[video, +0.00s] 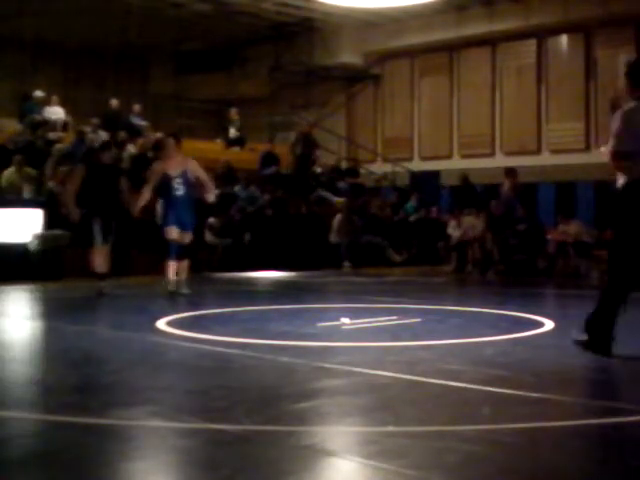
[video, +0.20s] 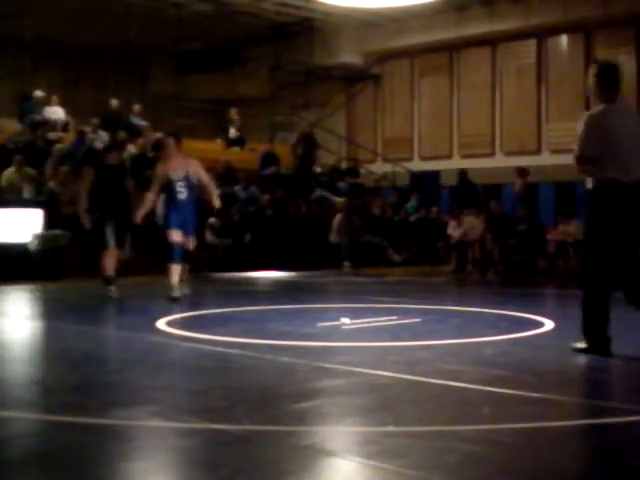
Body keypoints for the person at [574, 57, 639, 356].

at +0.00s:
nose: (624, 86)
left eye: (627, 80)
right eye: (627, 81)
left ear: (631, 83)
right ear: (637, 83)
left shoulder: (629, 114)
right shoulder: (629, 114)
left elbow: (616, 155)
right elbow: (614, 153)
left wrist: (604, 149)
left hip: (631, 200)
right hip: (632, 200)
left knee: (621, 269)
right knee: (620, 269)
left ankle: (600, 333)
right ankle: (600, 332)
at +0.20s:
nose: (593, 87)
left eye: (594, 82)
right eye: (596, 81)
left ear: (597, 85)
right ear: (618, 84)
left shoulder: (595, 119)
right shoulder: (631, 116)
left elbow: (583, 161)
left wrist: (606, 174)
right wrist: (609, 173)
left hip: (605, 199)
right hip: (632, 196)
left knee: (597, 267)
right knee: (630, 269)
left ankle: (597, 339)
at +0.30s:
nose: (582, 86)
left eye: (584, 81)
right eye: (586, 81)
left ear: (586, 84)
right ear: (609, 84)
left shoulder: (581, 118)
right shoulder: (626, 116)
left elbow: (567, 158)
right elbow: (635, 151)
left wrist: (591, 155)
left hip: (594, 195)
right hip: (626, 193)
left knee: (590, 265)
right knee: (617, 262)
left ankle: (596, 339)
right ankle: (627, 321)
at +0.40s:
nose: (570, 86)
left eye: (572, 81)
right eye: (574, 80)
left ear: (574, 85)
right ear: (598, 86)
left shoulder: (565, 120)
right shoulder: (608, 119)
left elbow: (551, 157)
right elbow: (623, 155)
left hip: (578, 196)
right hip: (608, 196)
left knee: (585, 267)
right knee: (595, 266)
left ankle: (595, 337)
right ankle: (596, 333)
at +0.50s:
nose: (562, 91)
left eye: (564, 86)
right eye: (571, 86)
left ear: (564, 90)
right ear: (590, 91)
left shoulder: (555, 124)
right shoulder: (600, 125)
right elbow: (610, 163)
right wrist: (607, 193)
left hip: (567, 200)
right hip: (598, 200)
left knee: (578, 269)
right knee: (576, 266)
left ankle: (596, 339)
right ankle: (556, 324)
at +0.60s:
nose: (550, 92)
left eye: (553, 88)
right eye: (552, 87)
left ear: (559, 94)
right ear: (580, 95)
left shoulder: (546, 126)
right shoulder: (591, 126)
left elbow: (531, 165)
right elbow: (601, 162)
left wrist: (557, 167)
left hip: (557, 204)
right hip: (588, 202)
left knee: (570, 270)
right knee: (567, 269)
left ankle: (594, 338)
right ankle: (547, 328)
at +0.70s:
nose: (542, 89)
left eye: (546, 85)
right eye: (546, 84)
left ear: (550, 92)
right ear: (570, 95)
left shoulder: (537, 125)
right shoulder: (578, 128)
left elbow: (522, 161)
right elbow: (588, 163)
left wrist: (541, 172)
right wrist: (564, 170)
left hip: (545, 200)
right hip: (573, 199)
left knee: (548, 263)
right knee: (558, 263)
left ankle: (578, 317)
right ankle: (547, 326)